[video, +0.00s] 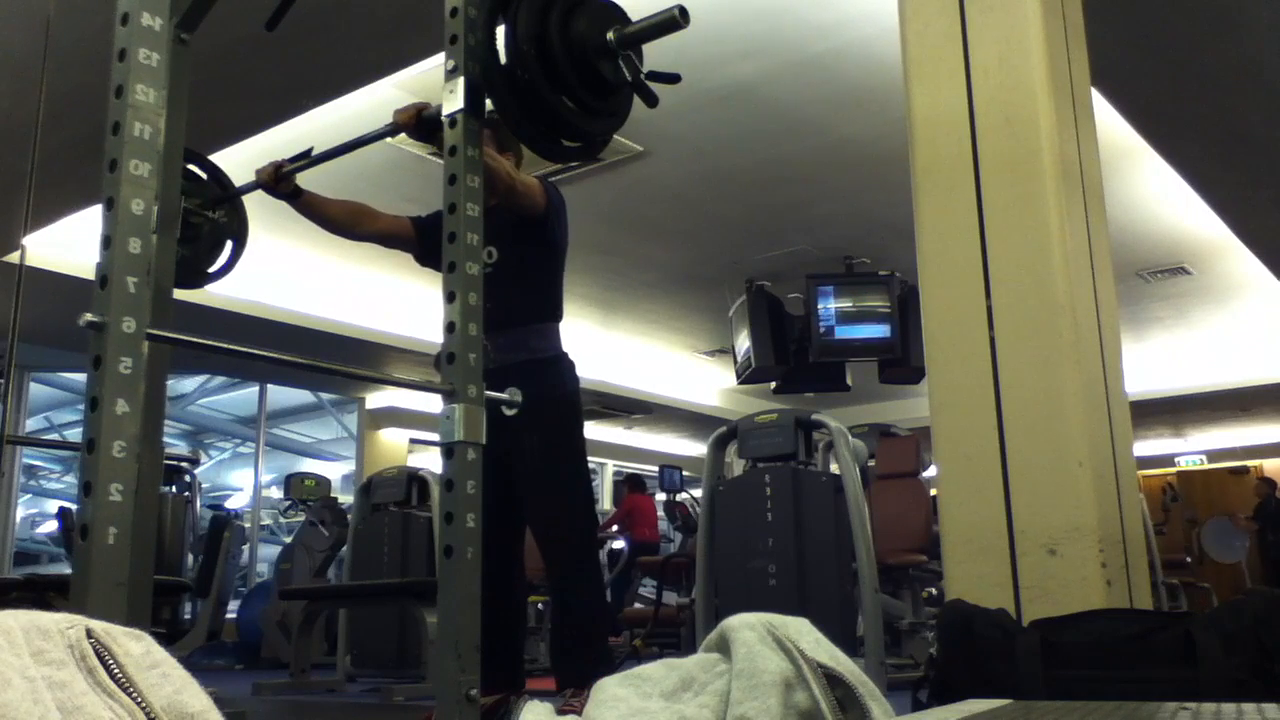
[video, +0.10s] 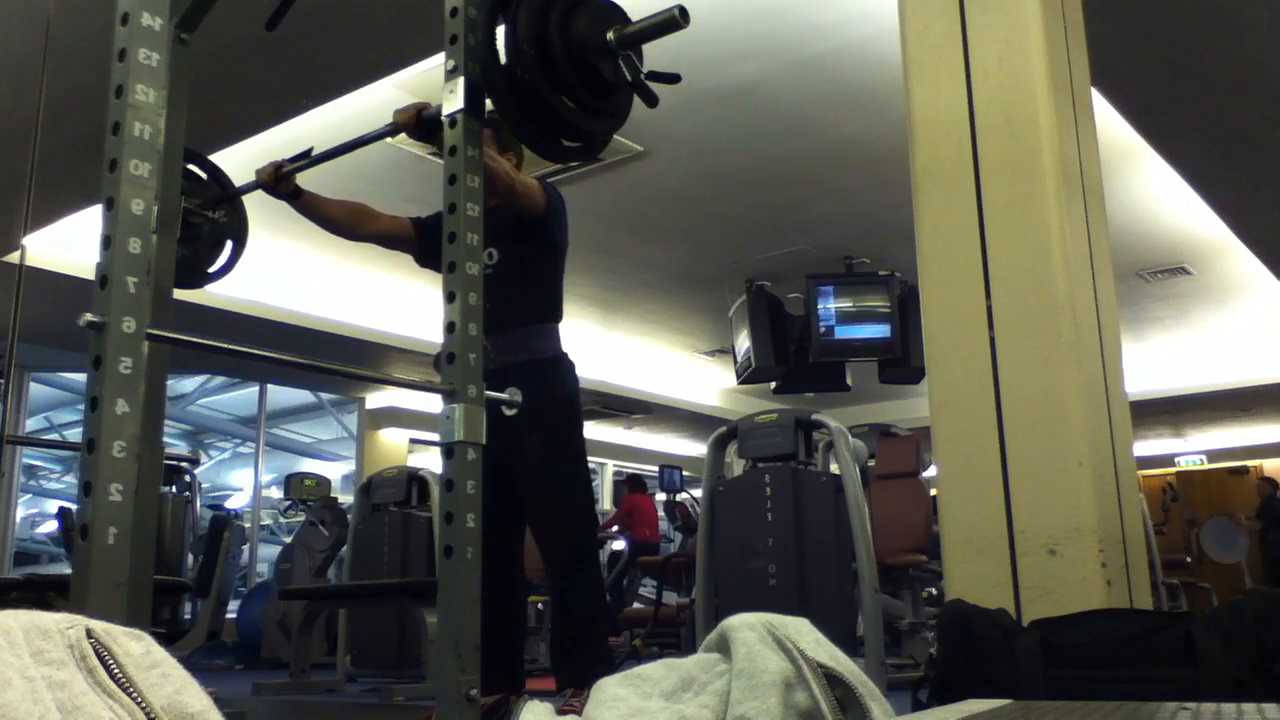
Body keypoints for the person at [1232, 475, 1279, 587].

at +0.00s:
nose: (1255, 487)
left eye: (1259, 485)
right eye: (1256, 484)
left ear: (1266, 489)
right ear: (1268, 489)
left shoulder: (1264, 505)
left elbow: (1255, 524)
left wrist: (1240, 522)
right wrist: (1244, 520)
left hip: (1268, 550)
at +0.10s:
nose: (1258, 489)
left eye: (1261, 486)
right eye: (1258, 486)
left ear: (1269, 488)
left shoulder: (1269, 503)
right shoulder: (1267, 502)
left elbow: (1259, 523)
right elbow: (1259, 519)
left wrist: (1242, 522)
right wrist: (1246, 518)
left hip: (1271, 548)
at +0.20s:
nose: (1260, 489)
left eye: (1263, 486)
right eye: (1260, 486)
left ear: (1272, 488)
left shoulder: (1272, 502)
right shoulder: (1268, 501)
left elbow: (1262, 523)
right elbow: (1261, 519)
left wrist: (1244, 523)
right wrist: (1247, 519)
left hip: (1272, 544)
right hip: (1270, 543)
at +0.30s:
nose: (1264, 488)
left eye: (1267, 485)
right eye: (1264, 485)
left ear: (1274, 487)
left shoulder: (1274, 502)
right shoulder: (1271, 501)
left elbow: (1267, 522)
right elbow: (1265, 518)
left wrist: (1247, 521)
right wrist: (1251, 517)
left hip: (1274, 543)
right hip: (1271, 542)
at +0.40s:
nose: (1267, 488)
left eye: (1270, 485)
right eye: (1267, 485)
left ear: (1276, 487)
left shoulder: (1276, 502)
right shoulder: (1272, 501)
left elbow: (1269, 521)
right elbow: (1267, 519)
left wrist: (1248, 520)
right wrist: (1252, 516)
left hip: (1275, 544)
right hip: (1271, 542)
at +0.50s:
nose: (1268, 488)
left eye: (1271, 486)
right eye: (1268, 486)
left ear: (1277, 487)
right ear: (1267, 487)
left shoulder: (1276, 502)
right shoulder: (1272, 503)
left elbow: (1270, 521)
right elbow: (1269, 520)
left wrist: (1252, 520)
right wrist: (1253, 519)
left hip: (1275, 545)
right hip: (1272, 544)